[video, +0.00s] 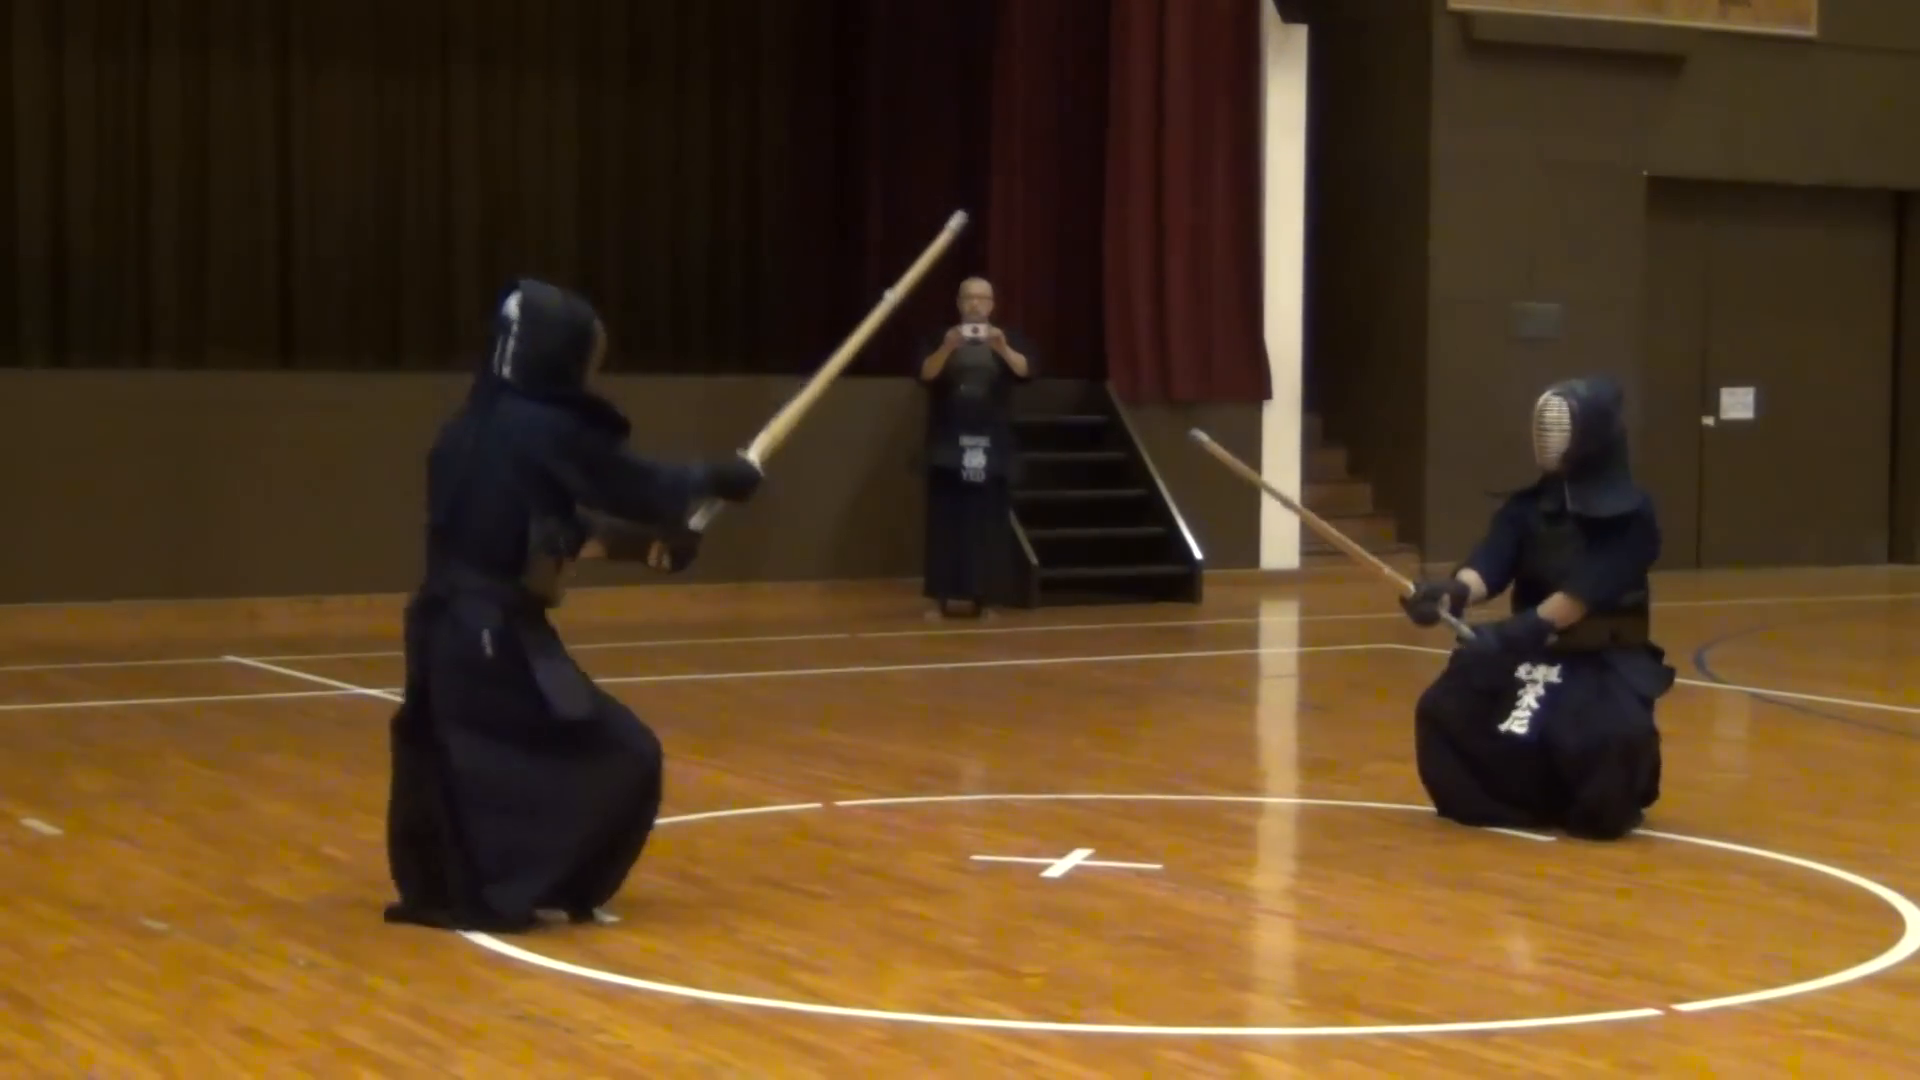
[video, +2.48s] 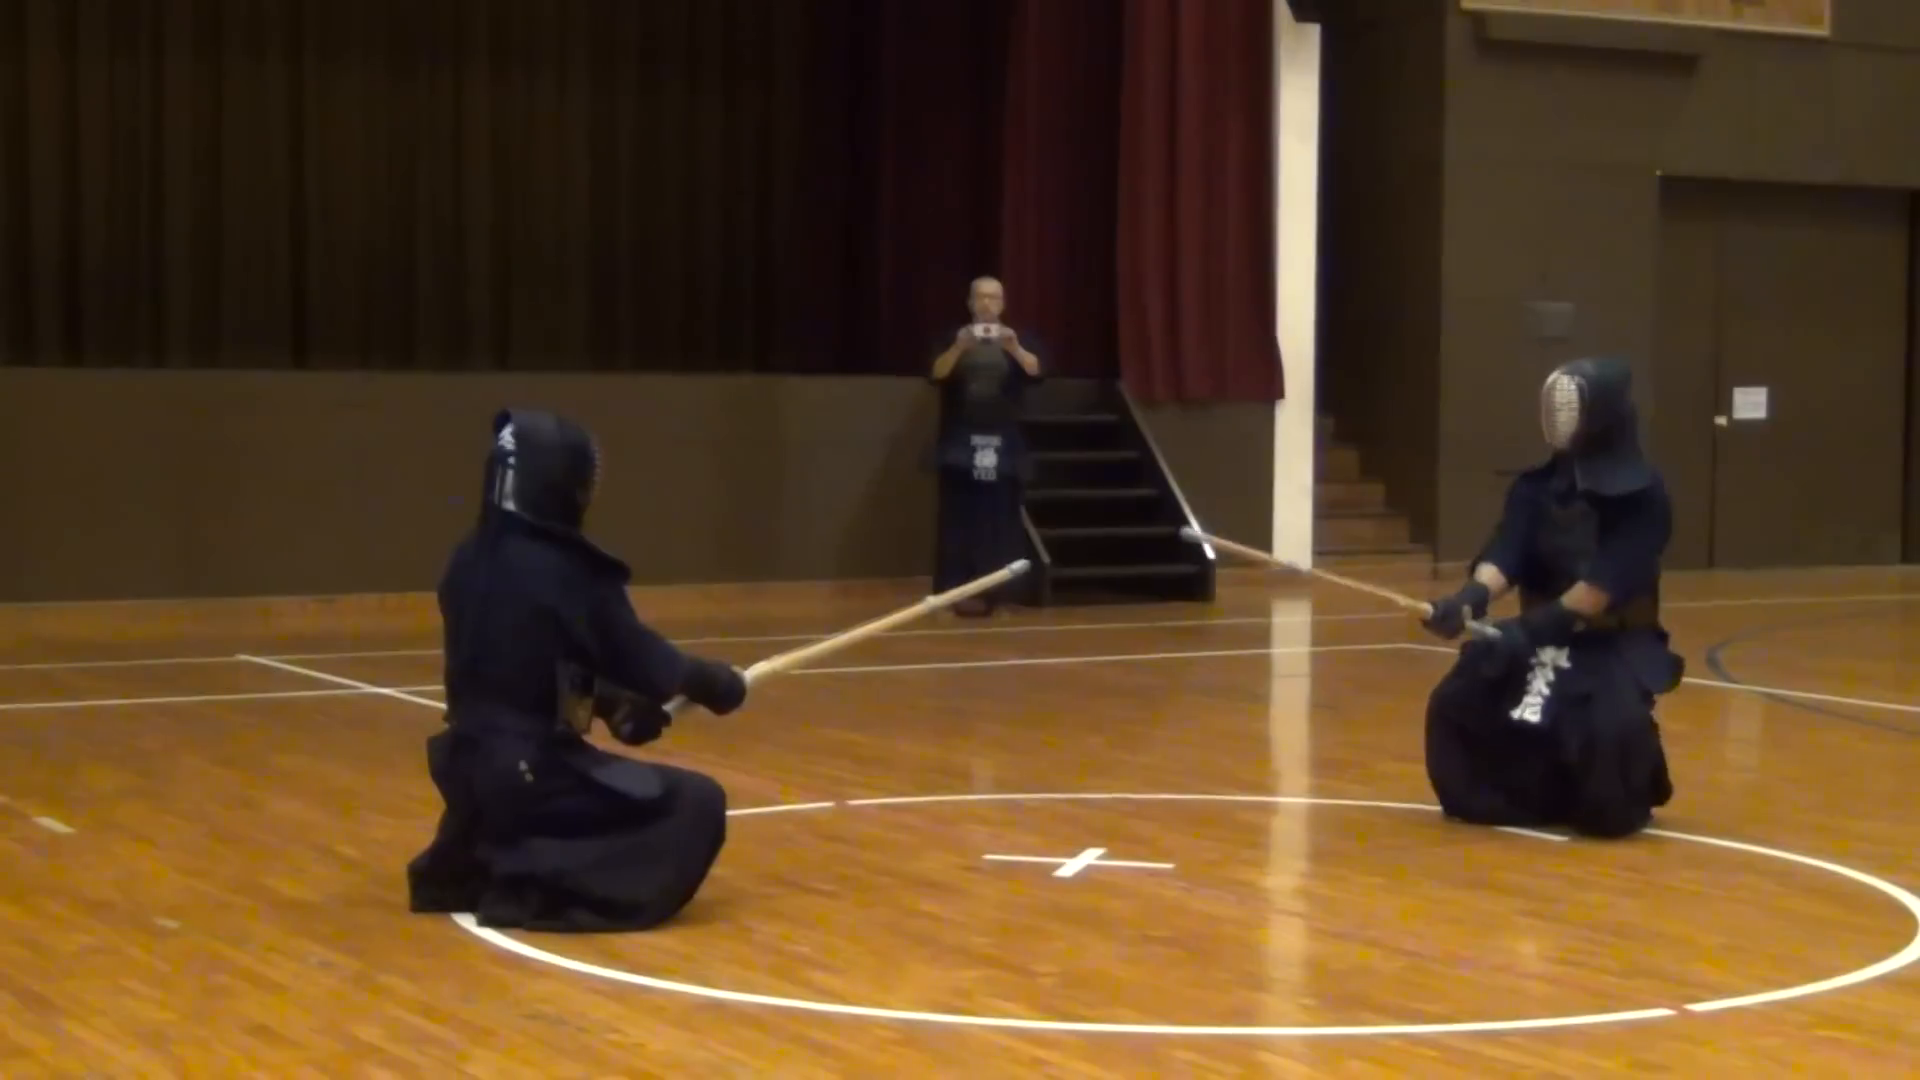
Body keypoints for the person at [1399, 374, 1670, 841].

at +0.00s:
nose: (1544, 436)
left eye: (1557, 425)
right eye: (1542, 425)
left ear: (1593, 433)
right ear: (1536, 429)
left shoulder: (1627, 513)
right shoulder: (1527, 506)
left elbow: (1587, 592)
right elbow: (1493, 561)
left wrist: (1512, 634)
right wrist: (1454, 591)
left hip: (1606, 659)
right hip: (1528, 651)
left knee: (1604, 733)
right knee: (1445, 709)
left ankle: (1605, 810)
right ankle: (1499, 804)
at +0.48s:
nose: (1549, 472)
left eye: (1563, 461)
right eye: (1547, 459)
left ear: (1597, 468)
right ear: (1541, 462)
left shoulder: (1629, 548)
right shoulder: (1530, 537)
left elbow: (1587, 642)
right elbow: (1497, 602)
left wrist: (1510, 680)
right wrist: (1463, 637)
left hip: (1599, 697)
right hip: (1525, 682)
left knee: (1618, 750)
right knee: (1430, 715)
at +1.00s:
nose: (1559, 472)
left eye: (1572, 460)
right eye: (1556, 460)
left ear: (1607, 467)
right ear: (1549, 463)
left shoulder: (1643, 549)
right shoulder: (1539, 537)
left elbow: (1603, 642)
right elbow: (1509, 604)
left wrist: (1528, 686)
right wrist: (1475, 643)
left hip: (1608, 699)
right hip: (1532, 687)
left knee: (1626, 752)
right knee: (1441, 717)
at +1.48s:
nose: (1557, 474)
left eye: (1571, 463)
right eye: (1554, 463)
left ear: (1605, 469)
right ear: (1549, 466)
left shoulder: (1641, 550)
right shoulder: (1538, 541)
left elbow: (1600, 648)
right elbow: (1507, 611)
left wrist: (1528, 687)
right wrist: (1468, 652)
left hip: (1609, 701)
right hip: (1533, 687)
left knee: (1627, 755)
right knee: (1442, 717)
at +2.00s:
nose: (1560, 471)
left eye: (1574, 460)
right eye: (1556, 460)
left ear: (1607, 468)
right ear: (1549, 463)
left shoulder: (1642, 550)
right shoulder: (1538, 540)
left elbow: (1603, 645)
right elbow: (1508, 609)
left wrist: (1531, 688)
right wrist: (1472, 651)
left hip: (1611, 701)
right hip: (1536, 686)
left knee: (1626, 755)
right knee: (1443, 715)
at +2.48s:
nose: (1555, 418)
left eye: (1568, 407)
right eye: (1552, 406)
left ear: (1601, 413)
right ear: (1546, 410)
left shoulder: (1638, 493)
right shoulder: (1535, 487)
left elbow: (1604, 587)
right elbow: (1507, 552)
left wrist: (1524, 633)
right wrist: (1468, 599)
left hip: (1616, 645)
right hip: (1541, 638)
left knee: (1612, 722)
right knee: (1456, 703)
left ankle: (1613, 810)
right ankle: (1494, 800)